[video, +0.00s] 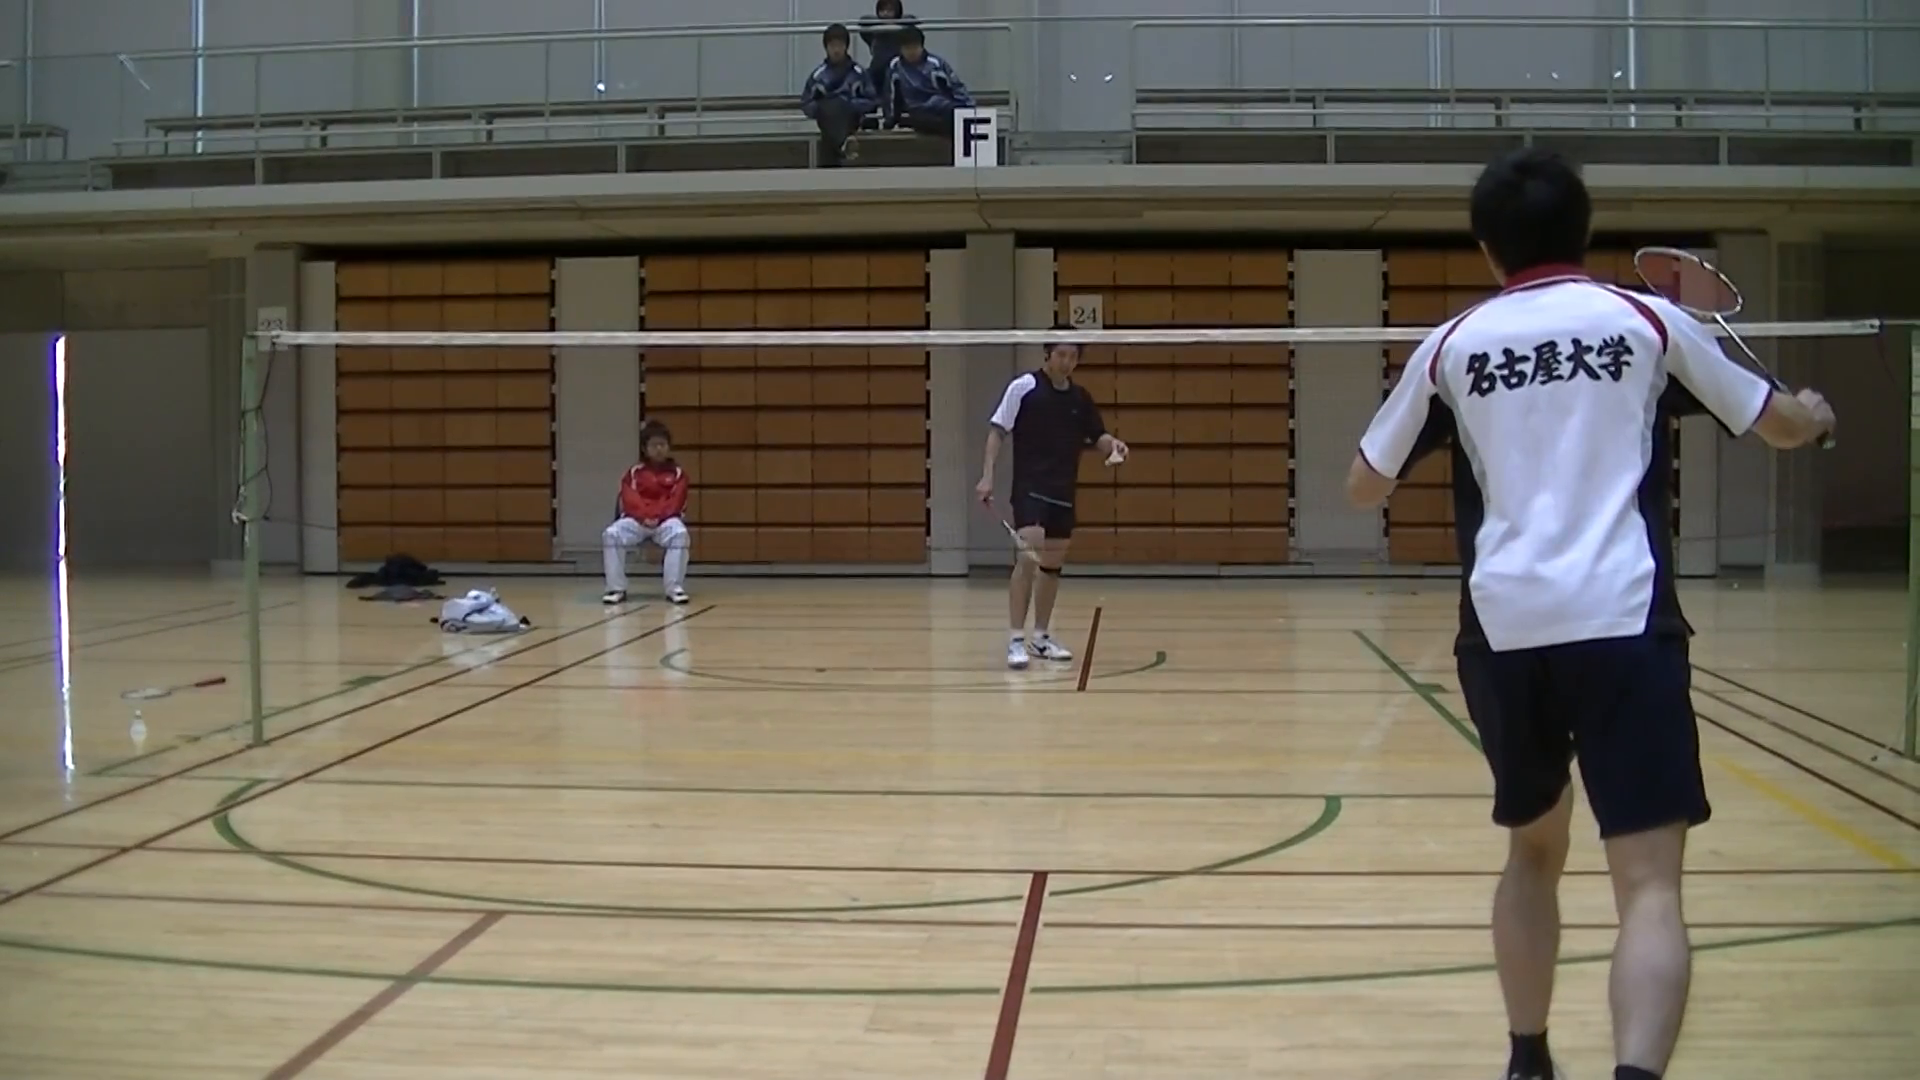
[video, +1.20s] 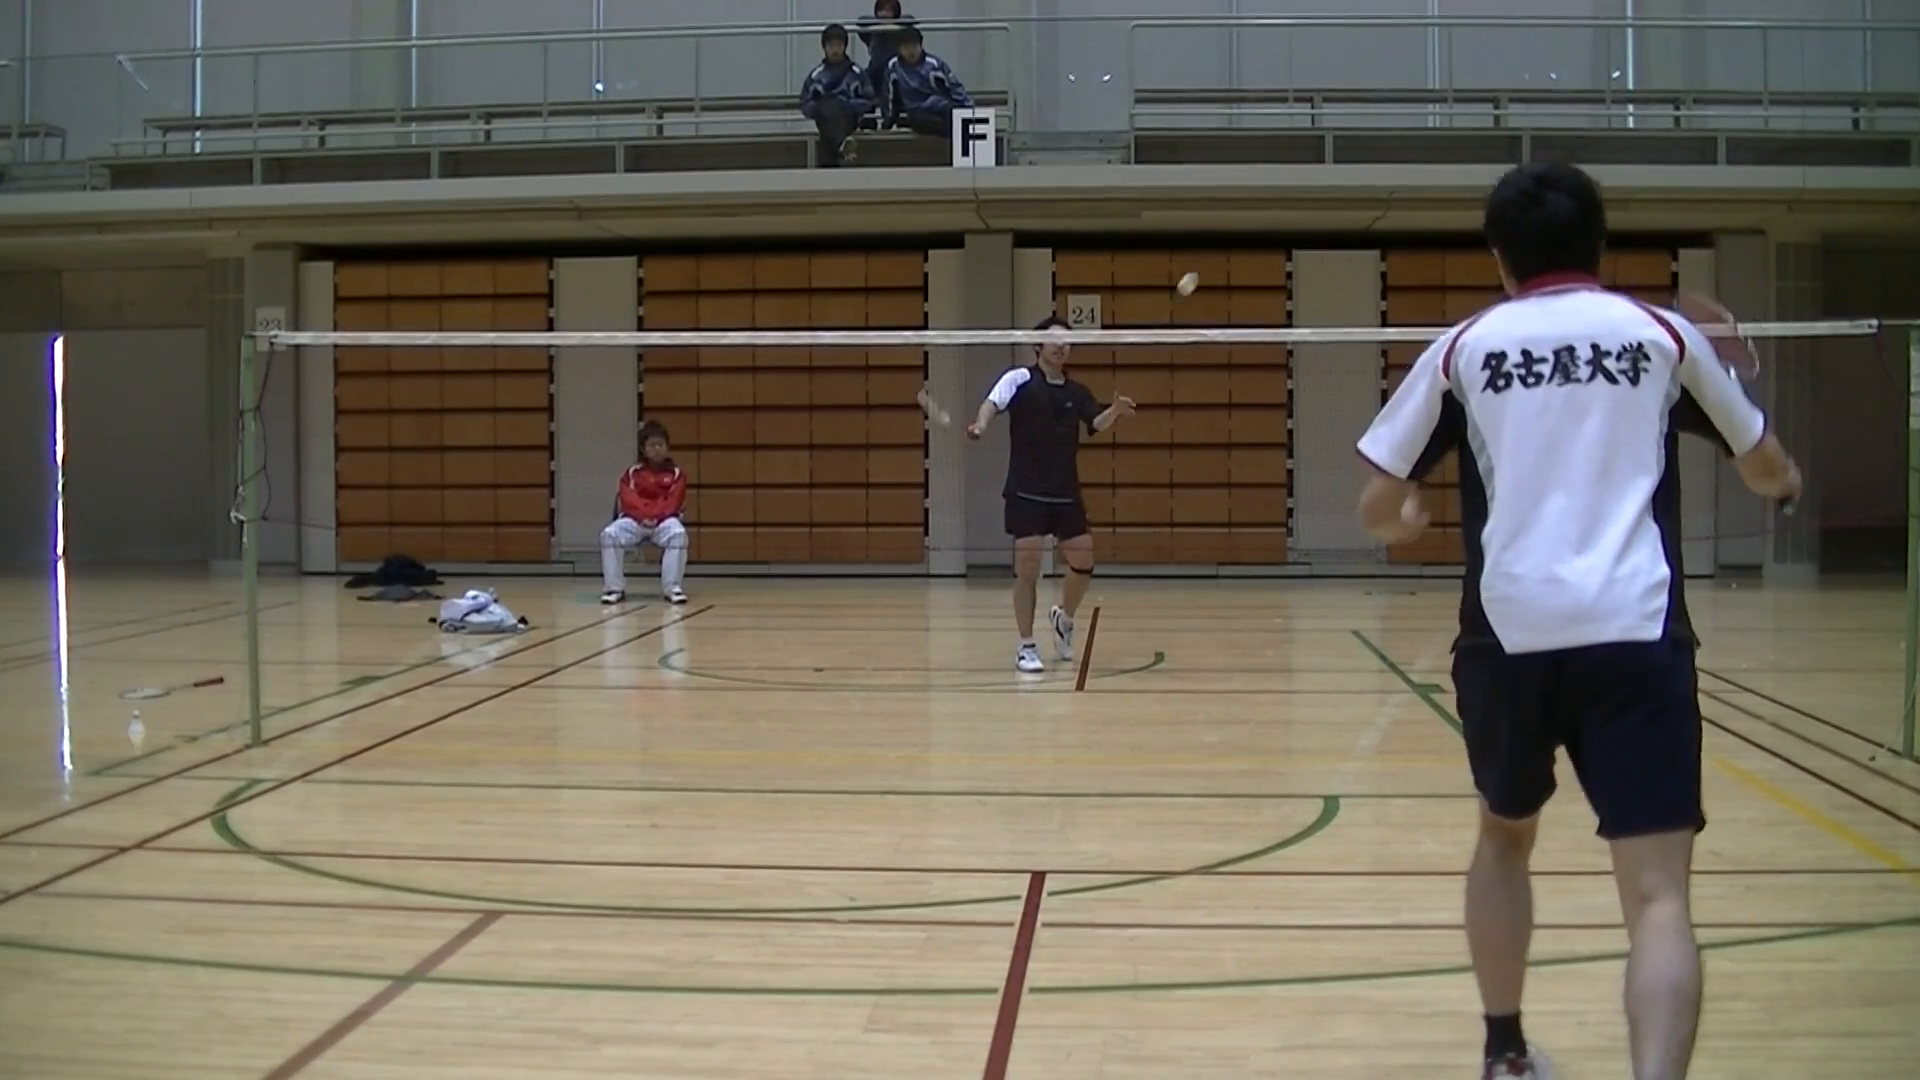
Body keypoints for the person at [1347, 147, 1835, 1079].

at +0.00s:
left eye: (1486, 238)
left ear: (1487, 248)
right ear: (1584, 234)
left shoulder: (1450, 347)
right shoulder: (1649, 321)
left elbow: (1364, 486)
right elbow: (1780, 424)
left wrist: (1409, 419)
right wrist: (1815, 411)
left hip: (1501, 636)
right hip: (1624, 629)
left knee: (1531, 849)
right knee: (1649, 883)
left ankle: (1526, 1061)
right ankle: (1637, 1075)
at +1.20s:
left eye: (1497, 247)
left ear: (1500, 255)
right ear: (1600, 246)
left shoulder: (1463, 347)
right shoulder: (1665, 333)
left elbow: (1379, 506)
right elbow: (1768, 473)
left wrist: (1407, 516)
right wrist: (1775, 474)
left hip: (1506, 642)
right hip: (1633, 638)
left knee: (1502, 841)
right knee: (1656, 896)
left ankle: (1502, 1051)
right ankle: (1658, 1077)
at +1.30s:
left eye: (1501, 296)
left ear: (1502, 306)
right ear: (1598, 296)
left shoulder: (1464, 393)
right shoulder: (1660, 385)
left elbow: (1364, 510)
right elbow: (1745, 512)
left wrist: (1331, 567)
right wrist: (1733, 514)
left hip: (1507, 678)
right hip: (1637, 675)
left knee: (1485, 840)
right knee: (1651, 929)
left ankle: (1499, 1045)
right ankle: (1654, 1078)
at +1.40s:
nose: (1484, 324)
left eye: (1483, 311)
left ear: (1486, 321)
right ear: (1579, 315)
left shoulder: (1446, 403)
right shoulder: (1640, 405)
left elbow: (1317, 494)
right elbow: (1702, 526)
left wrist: (1245, 529)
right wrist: (1660, 515)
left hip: (1494, 688)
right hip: (1623, 685)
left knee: (1479, 869)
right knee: (1639, 915)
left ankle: (1519, 1058)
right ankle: (1658, 1071)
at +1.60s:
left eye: (1460, 316)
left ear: (1465, 323)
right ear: (1553, 323)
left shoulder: (1428, 383)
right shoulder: (1605, 411)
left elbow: (1287, 410)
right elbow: (1644, 539)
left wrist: (1164, 424)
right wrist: (1610, 533)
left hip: (1464, 659)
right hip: (1577, 662)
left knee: (1458, 870)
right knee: (1556, 817)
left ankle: (1514, 1044)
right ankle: (1586, 978)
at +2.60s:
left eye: (1464, 308)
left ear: (1467, 310)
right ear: (1533, 321)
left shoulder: (1454, 351)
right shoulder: (1569, 400)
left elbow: (1373, 410)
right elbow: (1591, 527)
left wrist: (1271, 464)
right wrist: (1570, 593)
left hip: (1466, 559)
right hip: (1543, 579)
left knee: (1435, 741)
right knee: (1473, 715)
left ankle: (1455, 921)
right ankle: (1498, 866)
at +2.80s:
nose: (1462, 362)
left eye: (1463, 351)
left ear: (1467, 354)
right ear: (1535, 360)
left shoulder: (1445, 401)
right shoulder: (1575, 437)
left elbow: (1404, 491)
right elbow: (1605, 562)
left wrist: (1335, 579)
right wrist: (1582, 659)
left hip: (1459, 598)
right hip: (1540, 612)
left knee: (1420, 781)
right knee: (1484, 740)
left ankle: (1449, 924)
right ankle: (1508, 890)